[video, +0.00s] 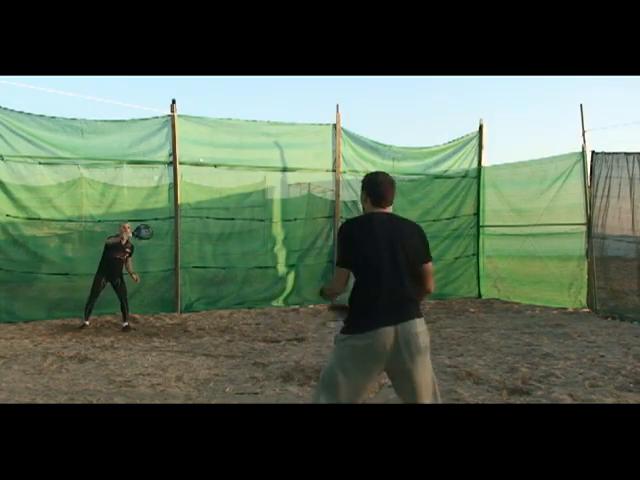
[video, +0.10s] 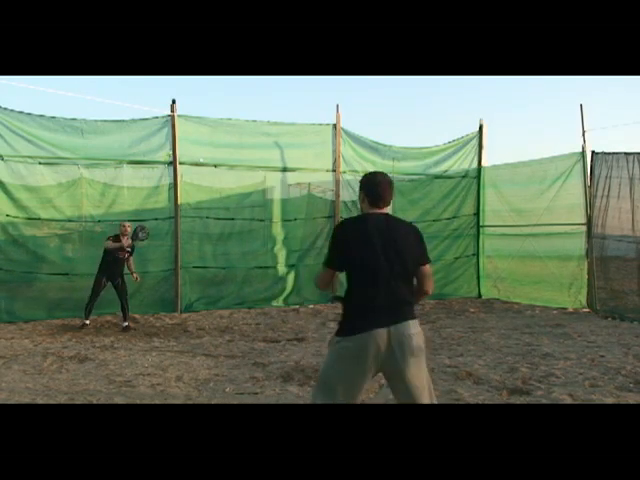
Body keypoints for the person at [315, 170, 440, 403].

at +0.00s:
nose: (361, 199)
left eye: (362, 195)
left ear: (365, 197)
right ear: (392, 199)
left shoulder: (350, 228)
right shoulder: (412, 229)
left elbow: (338, 286)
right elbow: (428, 285)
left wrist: (326, 291)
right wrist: (404, 300)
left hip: (367, 333)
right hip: (412, 331)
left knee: (330, 397)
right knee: (424, 399)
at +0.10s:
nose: (359, 198)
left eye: (360, 195)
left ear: (362, 197)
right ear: (390, 199)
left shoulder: (346, 229)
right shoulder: (409, 230)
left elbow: (324, 281)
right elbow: (426, 286)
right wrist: (405, 298)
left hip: (359, 334)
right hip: (406, 332)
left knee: (328, 399)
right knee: (421, 399)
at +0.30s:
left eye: (350, 184)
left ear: (349, 187)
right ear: (378, 189)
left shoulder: (330, 218)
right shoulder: (393, 223)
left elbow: (303, 256)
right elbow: (421, 278)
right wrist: (396, 280)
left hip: (337, 325)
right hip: (385, 323)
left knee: (322, 396)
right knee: (402, 397)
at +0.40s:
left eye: (348, 183)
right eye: (375, 182)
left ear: (347, 186)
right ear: (376, 187)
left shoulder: (326, 218)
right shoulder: (390, 222)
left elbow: (301, 250)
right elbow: (426, 269)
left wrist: (313, 224)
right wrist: (419, 261)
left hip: (336, 327)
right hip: (383, 325)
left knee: (322, 397)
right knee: (396, 397)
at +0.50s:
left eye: (349, 187)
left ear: (348, 192)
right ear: (378, 194)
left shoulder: (328, 224)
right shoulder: (392, 227)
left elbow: (299, 259)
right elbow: (431, 263)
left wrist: (290, 251)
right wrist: (416, 229)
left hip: (337, 333)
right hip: (384, 331)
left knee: (320, 398)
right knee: (390, 398)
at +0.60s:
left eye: (350, 191)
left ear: (348, 195)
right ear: (377, 197)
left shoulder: (328, 228)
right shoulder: (390, 228)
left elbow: (297, 277)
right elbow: (418, 254)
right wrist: (412, 217)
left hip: (343, 335)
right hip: (387, 331)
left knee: (315, 399)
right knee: (391, 399)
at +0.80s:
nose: (326, 186)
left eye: (327, 182)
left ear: (329, 186)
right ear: (357, 189)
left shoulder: (328, 215)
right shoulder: (365, 217)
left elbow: (319, 269)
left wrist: (295, 316)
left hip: (348, 325)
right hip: (386, 317)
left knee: (317, 397)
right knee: (397, 396)